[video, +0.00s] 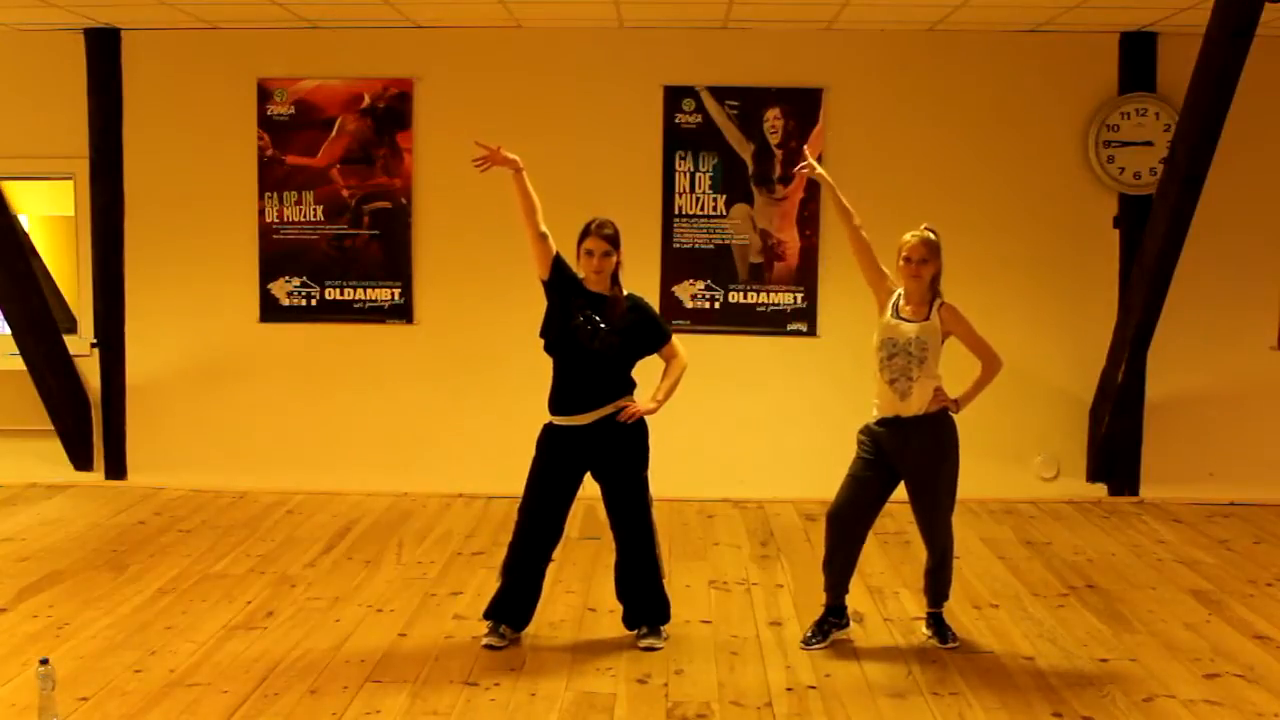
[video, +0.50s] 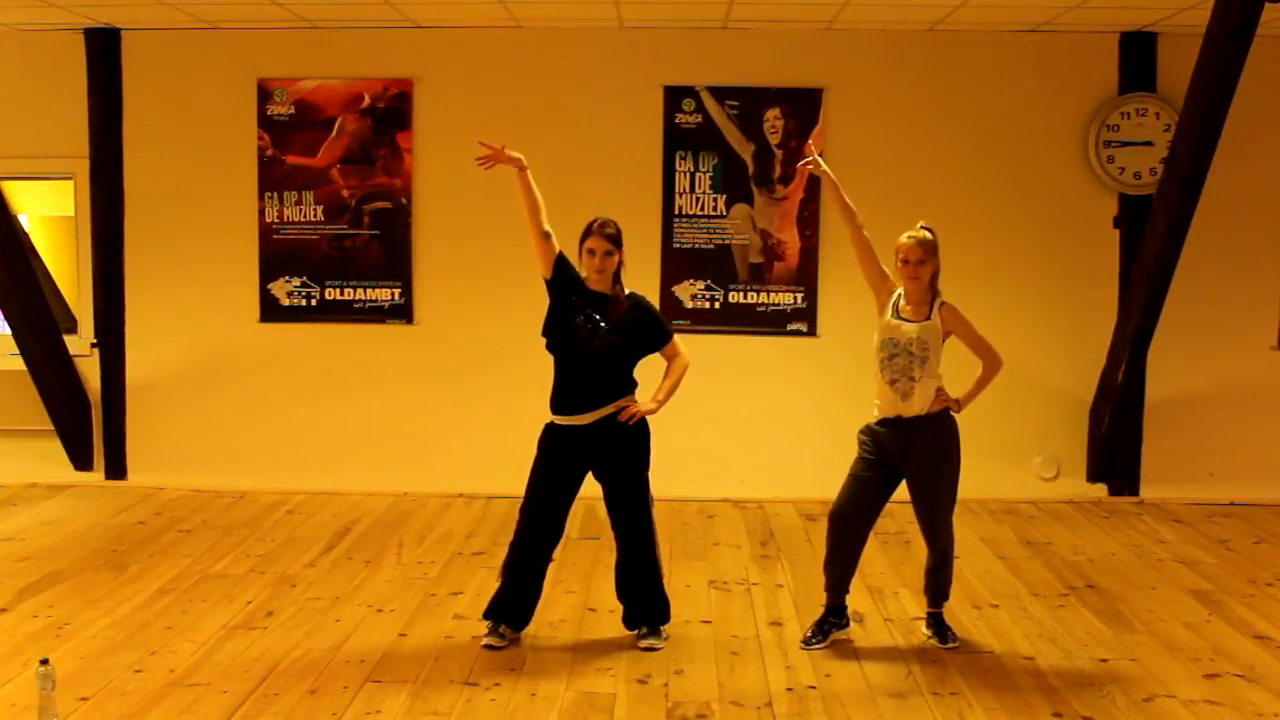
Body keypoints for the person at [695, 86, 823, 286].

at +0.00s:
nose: (771, 125)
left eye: (777, 119)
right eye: (766, 121)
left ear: (788, 124)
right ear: (762, 127)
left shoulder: (803, 158)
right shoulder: (753, 155)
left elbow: (825, 124)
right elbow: (723, 122)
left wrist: (829, 86)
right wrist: (701, 89)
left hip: (787, 242)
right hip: (757, 239)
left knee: (777, 305)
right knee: (739, 210)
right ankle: (743, 284)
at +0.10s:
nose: (771, 125)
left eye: (777, 119)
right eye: (766, 121)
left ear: (789, 124)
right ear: (762, 127)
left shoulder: (802, 158)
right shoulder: (753, 154)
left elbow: (825, 124)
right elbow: (723, 122)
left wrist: (829, 86)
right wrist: (701, 89)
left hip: (786, 242)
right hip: (757, 239)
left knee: (776, 305)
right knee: (739, 210)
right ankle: (743, 284)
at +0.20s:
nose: (771, 125)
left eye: (777, 119)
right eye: (766, 121)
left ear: (789, 124)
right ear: (762, 127)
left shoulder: (803, 157)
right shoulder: (753, 154)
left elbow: (824, 124)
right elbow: (723, 122)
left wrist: (829, 86)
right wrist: (701, 89)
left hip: (787, 243)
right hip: (758, 240)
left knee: (776, 305)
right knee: (739, 210)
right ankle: (743, 284)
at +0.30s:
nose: (771, 125)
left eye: (777, 119)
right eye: (766, 121)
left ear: (789, 124)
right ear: (762, 127)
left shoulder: (803, 156)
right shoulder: (753, 154)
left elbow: (825, 124)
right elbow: (723, 122)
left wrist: (829, 86)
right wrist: (701, 89)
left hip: (787, 242)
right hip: (757, 239)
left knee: (777, 305)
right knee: (739, 210)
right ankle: (743, 284)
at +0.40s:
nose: (771, 125)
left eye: (777, 119)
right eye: (766, 121)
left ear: (789, 124)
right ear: (762, 127)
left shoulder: (803, 156)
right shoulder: (753, 154)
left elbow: (825, 124)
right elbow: (723, 122)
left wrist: (829, 86)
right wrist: (701, 89)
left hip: (787, 242)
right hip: (757, 239)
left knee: (777, 305)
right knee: (739, 210)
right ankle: (743, 284)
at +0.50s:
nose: (771, 125)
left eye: (777, 119)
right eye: (766, 121)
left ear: (789, 124)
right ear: (762, 127)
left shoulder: (803, 156)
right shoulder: (753, 154)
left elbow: (825, 124)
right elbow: (723, 122)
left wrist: (829, 86)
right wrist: (701, 89)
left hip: (787, 242)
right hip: (757, 239)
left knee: (777, 305)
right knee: (739, 210)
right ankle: (743, 284)